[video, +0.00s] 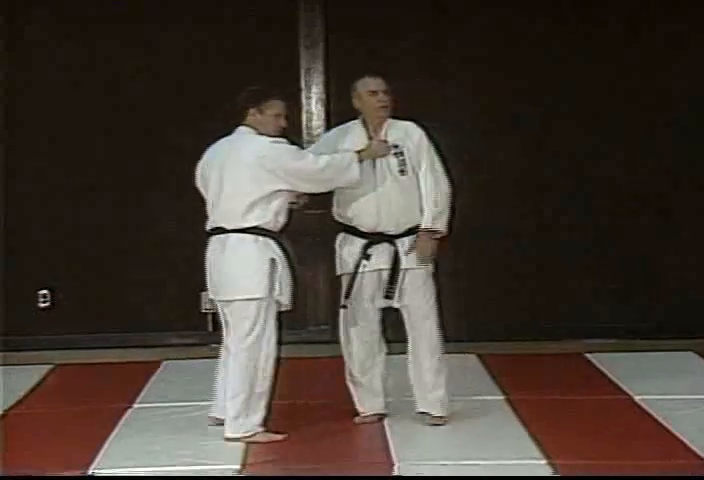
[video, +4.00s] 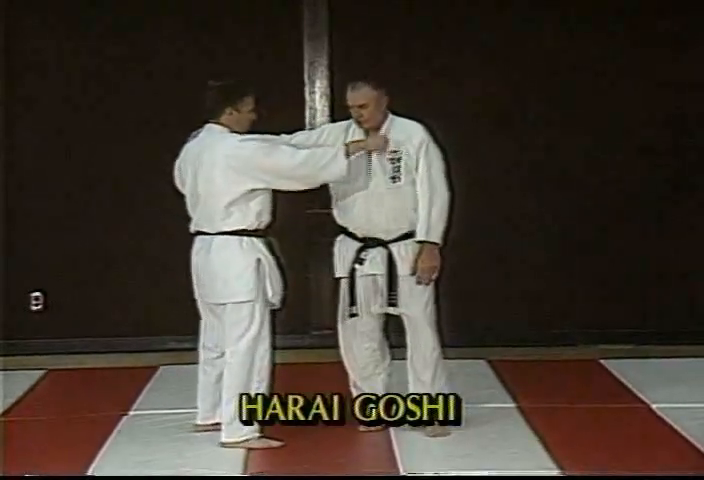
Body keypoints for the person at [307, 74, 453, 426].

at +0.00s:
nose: (382, 99)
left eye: (385, 93)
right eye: (373, 94)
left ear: (391, 99)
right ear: (356, 101)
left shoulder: (410, 135)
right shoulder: (338, 139)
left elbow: (436, 184)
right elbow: (302, 168)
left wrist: (429, 231)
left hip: (410, 244)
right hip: (358, 245)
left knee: (424, 325)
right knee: (360, 326)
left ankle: (432, 404)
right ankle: (369, 404)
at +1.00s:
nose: (378, 99)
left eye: (383, 92)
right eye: (370, 93)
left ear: (390, 96)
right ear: (354, 98)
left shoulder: (411, 133)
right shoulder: (337, 137)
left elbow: (434, 186)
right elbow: (296, 162)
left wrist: (427, 237)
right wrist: (284, 187)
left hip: (407, 245)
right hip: (356, 248)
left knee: (420, 332)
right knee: (360, 333)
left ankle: (426, 411)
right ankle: (372, 412)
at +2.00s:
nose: (353, 107)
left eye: (360, 100)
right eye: (349, 101)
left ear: (382, 100)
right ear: (346, 102)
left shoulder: (411, 133)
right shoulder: (337, 134)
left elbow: (434, 188)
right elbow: (290, 146)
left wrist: (424, 240)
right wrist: (244, 145)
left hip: (404, 247)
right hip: (353, 249)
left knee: (418, 332)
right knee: (358, 333)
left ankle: (428, 414)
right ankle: (372, 413)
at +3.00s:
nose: (365, 112)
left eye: (372, 106)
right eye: (360, 106)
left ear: (391, 102)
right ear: (355, 104)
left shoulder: (419, 137)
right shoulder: (344, 133)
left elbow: (438, 193)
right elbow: (295, 144)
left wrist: (429, 246)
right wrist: (243, 140)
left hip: (408, 247)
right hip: (357, 247)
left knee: (419, 327)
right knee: (360, 327)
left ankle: (429, 408)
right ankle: (372, 407)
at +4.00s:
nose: (358, 115)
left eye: (364, 108)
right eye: (352, 109)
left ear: (384, 102)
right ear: (348, 107)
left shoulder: (413, 136)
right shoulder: (337, 134)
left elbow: (435, 192)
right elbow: (290, 144)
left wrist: (431, 244)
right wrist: (242, 146)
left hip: (407, 246)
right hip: (356, 249)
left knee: (421, 327)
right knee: (359, 326)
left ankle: (428, 407)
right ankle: (370, 405)